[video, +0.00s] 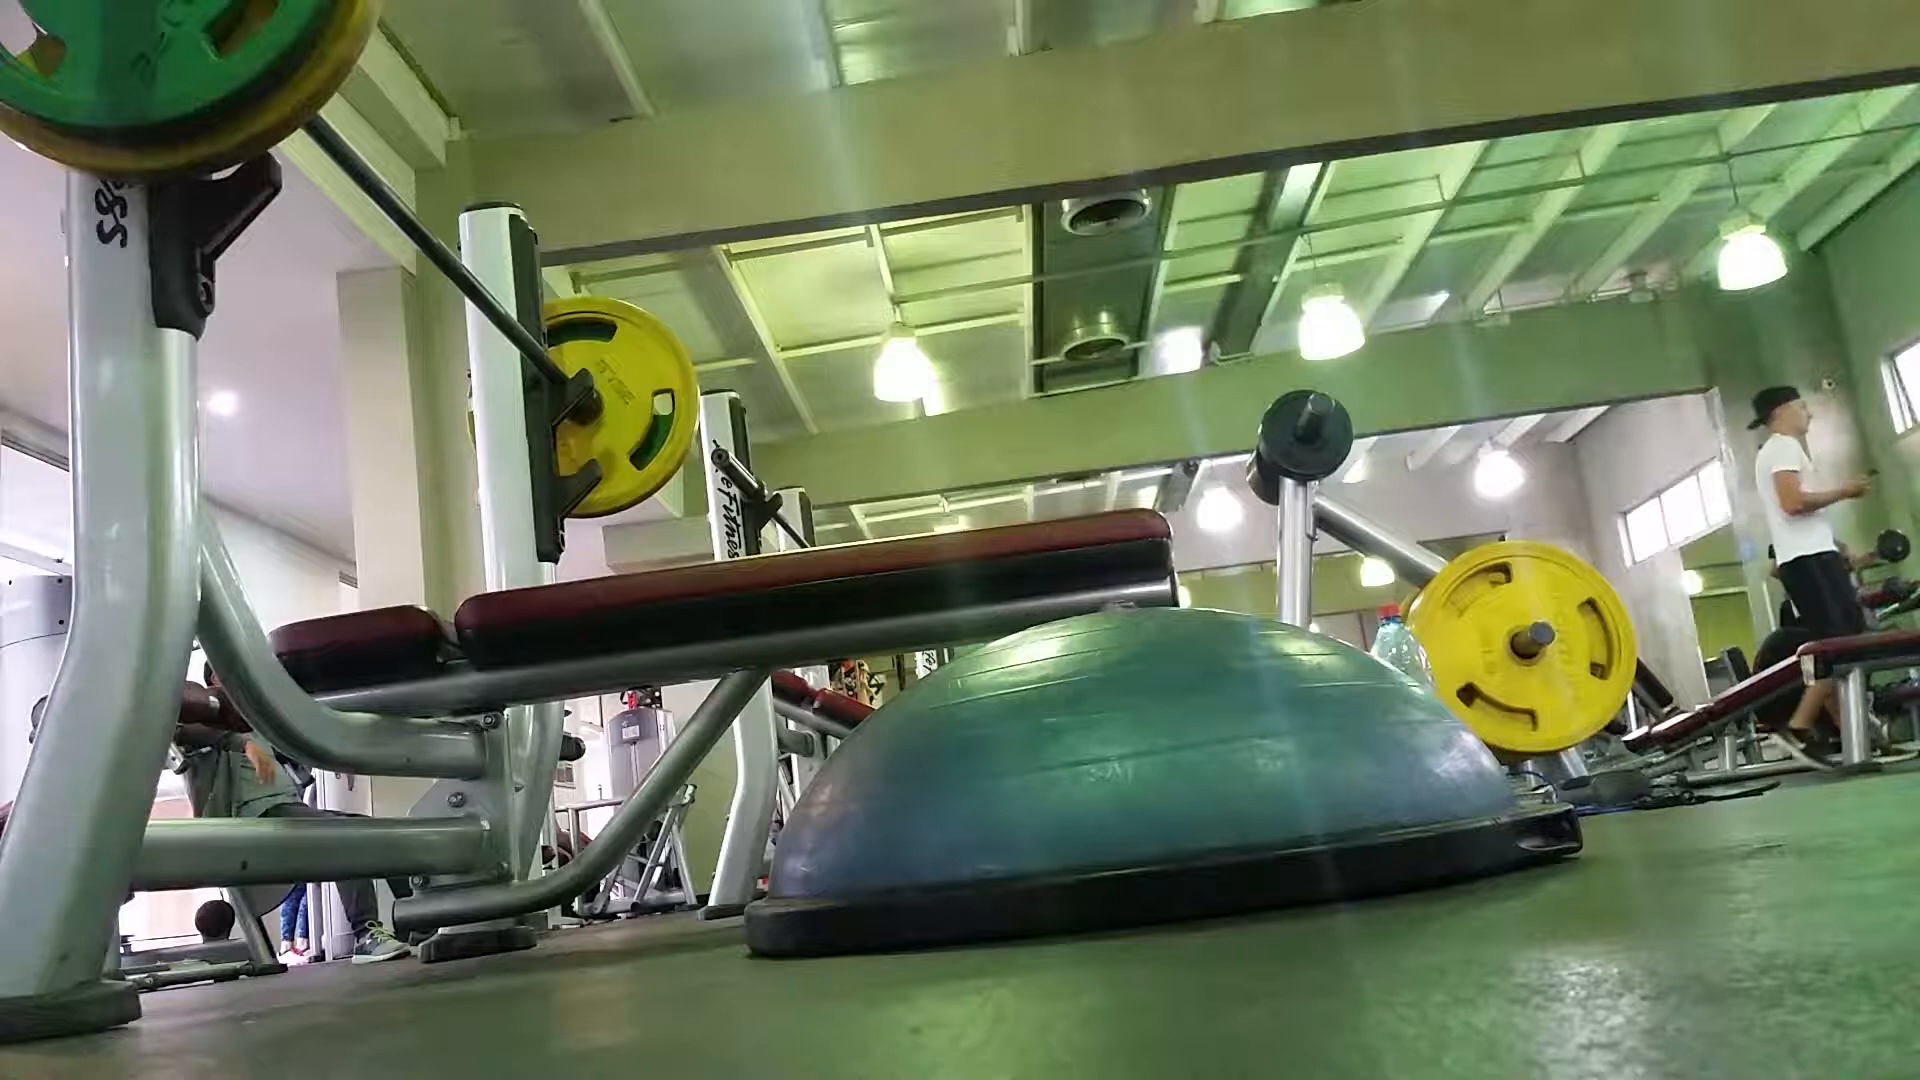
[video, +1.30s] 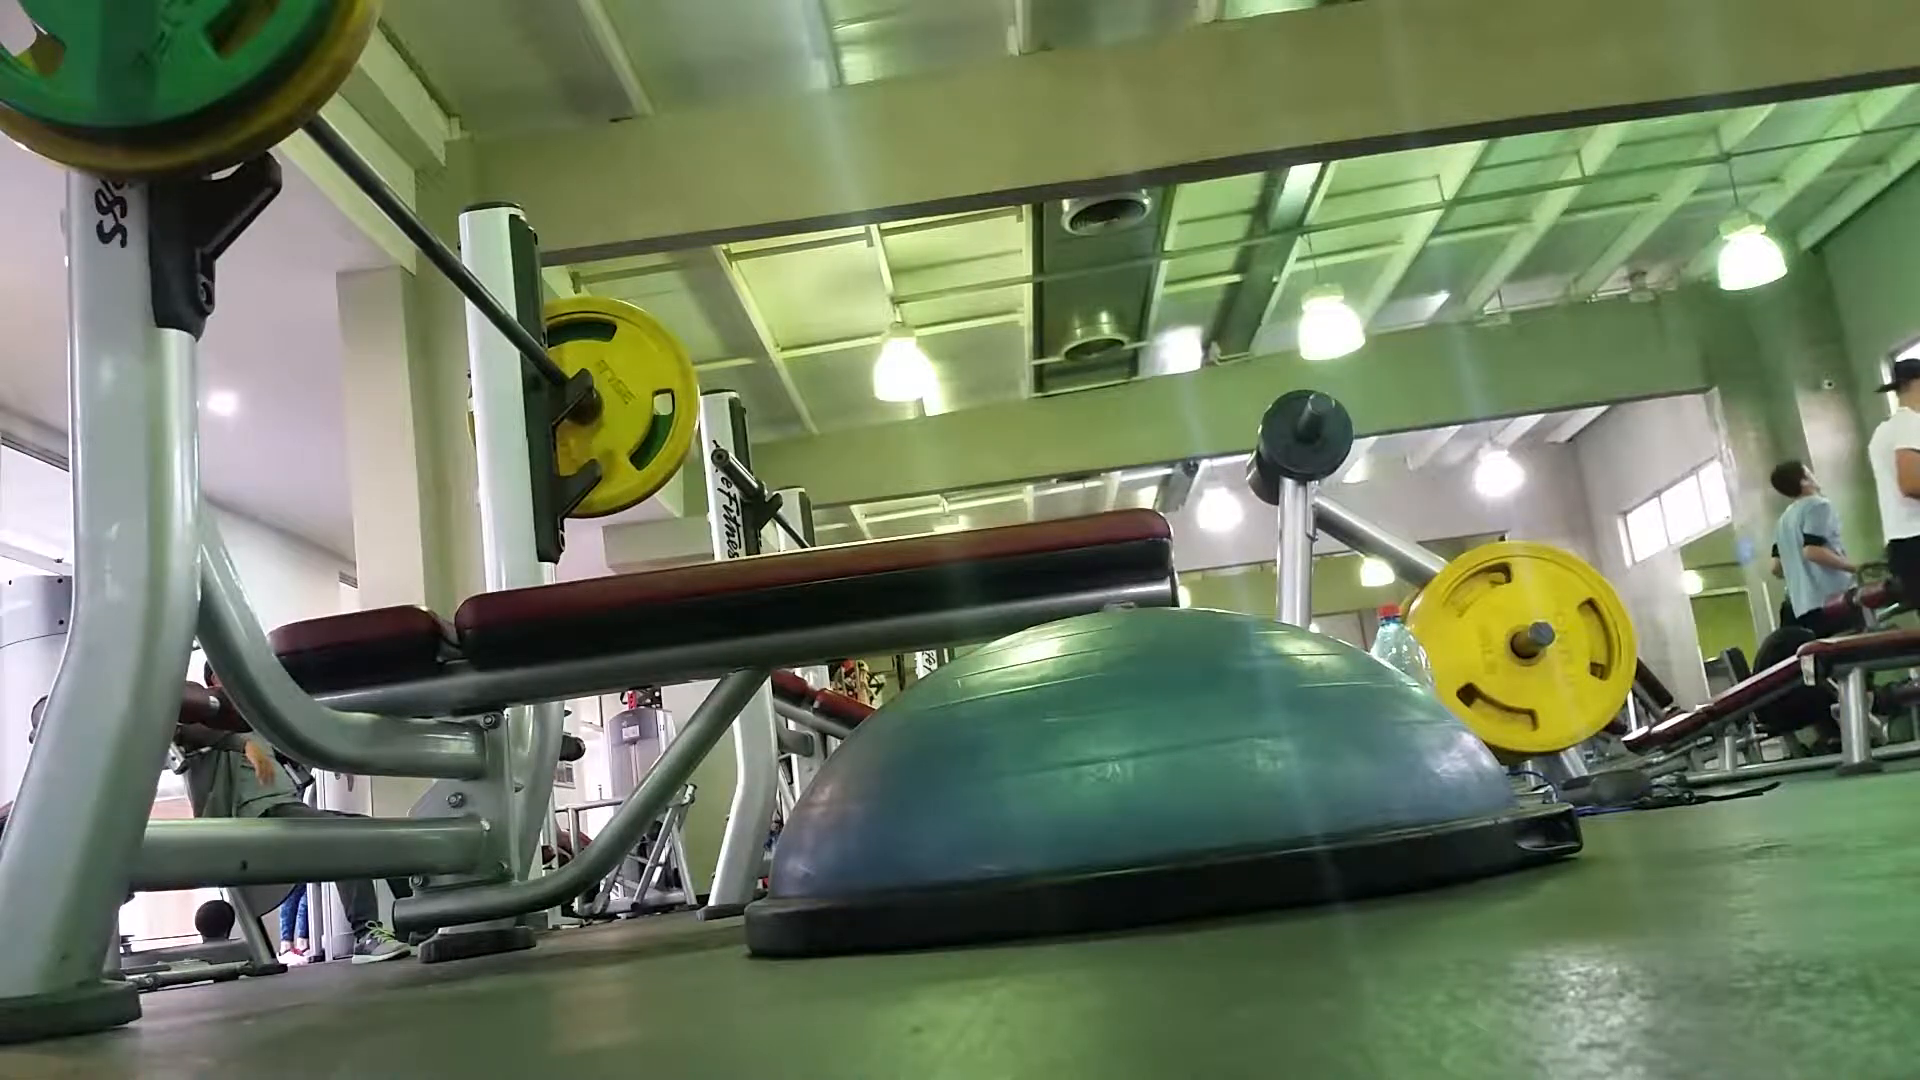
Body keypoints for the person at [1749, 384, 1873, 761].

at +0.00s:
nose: (1807, 413)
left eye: (1804, 406)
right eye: (1799, 407)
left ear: (1776, 416)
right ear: (1779, 413)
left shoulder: (1780, 450)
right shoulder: (1783, 446)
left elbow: (1796, 509)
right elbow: (1792, 502)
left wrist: (1835, 547)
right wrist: (1844, 491)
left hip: (1809, 556)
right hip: (1806, 557)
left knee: (1840, 640)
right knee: (1840, 638)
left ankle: (1853, 734)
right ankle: (1798, 726)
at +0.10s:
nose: (1813, 411)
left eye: (1810, 405)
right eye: (1805, 405)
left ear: (1784, 414)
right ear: (1785, 412)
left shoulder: (1787, 450)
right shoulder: (1786, 446)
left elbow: (1800, 514)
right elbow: (1794, 501)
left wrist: (1844, 548)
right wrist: (1850, 492)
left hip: (1813, 558)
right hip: (1811, 557)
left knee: (1842, 643)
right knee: (1856, 637)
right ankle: (1830, 729)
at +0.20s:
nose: (1820, 409)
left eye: (1817, 403)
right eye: (1812, 403)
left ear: (1791, 413)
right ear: (1791, 411)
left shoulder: (1791, 448)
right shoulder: (1791, 445)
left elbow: (1804, 508)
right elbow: (1797, 501)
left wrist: (1846, 545)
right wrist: (1853, 494)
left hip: (1815, 559)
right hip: (1819, 557)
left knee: (1835, 651)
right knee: (1873, 637)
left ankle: (1850, 738)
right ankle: (1876, 731)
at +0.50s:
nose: (1849, 405)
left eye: (1847, 399)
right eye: (1841, 399)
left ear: (1820, 408)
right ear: (1820, 406)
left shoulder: (1823, 442)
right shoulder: (1819, 442)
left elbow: (1831, 501)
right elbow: (1824, 498)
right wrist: (1877, 494)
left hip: (1843, 552)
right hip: (1843, 553)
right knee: (1891, 636)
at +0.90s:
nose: (1890, 391)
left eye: (1887, 384)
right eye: (1883, 385)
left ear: (1860, 397)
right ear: (1861, 395)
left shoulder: (1862, 432)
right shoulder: (1864, 431)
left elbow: (1868, 493)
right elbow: (1871, 492)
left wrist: (1908, 500)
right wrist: (1914, 498)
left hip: (1889, 543)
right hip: (1889, 544)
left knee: (1911, 636)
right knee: (1911, 637)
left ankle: (1879, 724)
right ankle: (1877, 725)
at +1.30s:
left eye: (1918, 383)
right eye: (1919, 383)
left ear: (1900, 386)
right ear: (1912, 383)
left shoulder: (1882, 430)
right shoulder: (1907, 422)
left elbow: (1896, 486)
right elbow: (1909, 484)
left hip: (1898, 540)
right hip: (1912, 538)